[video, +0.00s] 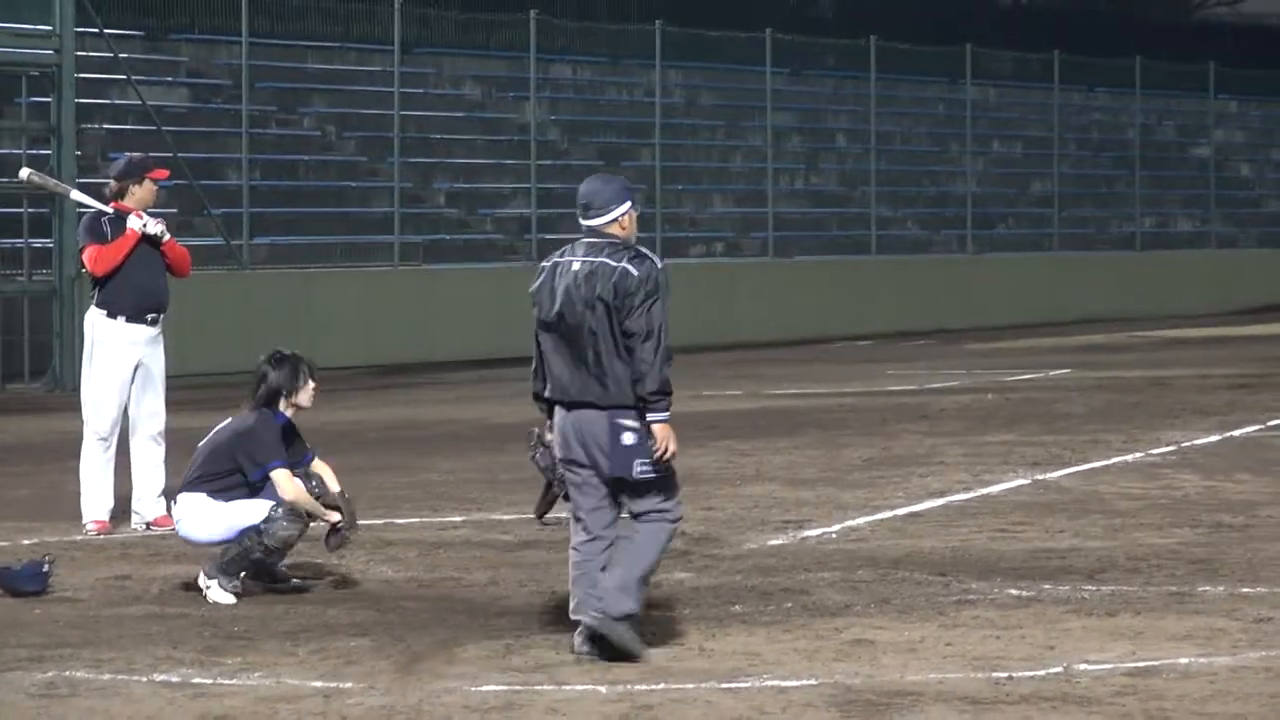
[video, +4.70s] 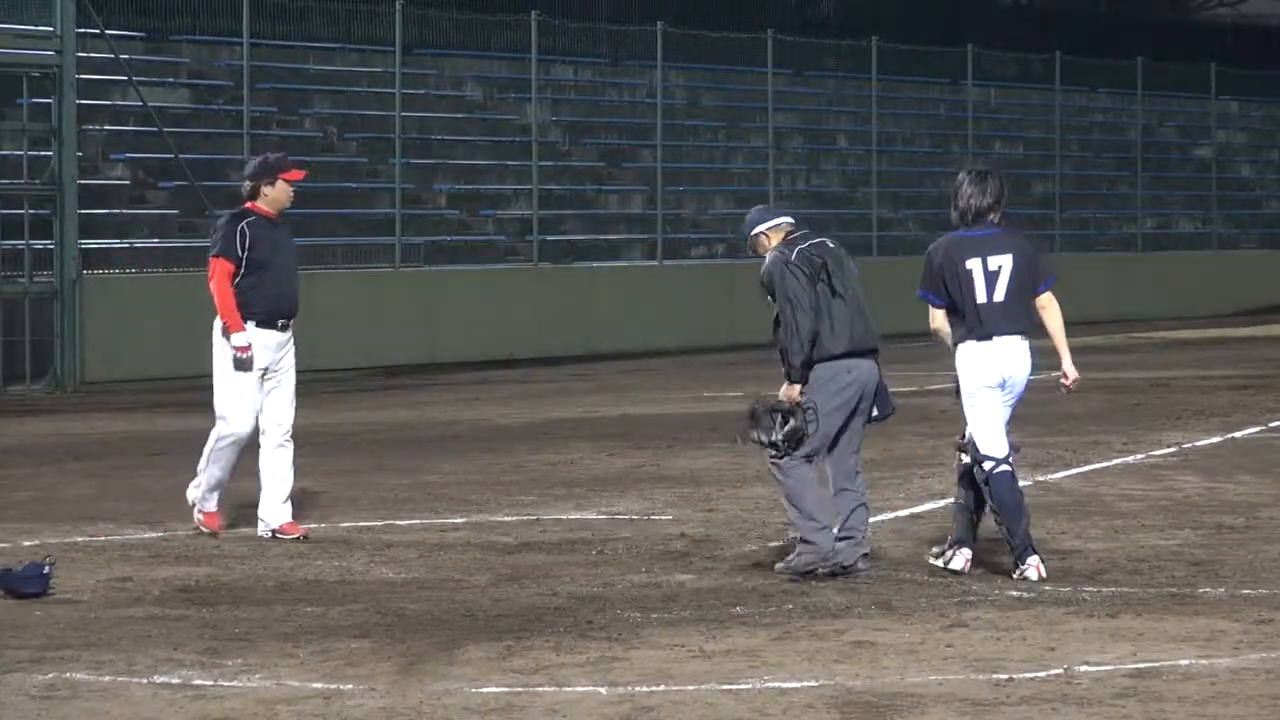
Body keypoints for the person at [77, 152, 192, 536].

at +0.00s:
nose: (156, 189)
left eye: (156, 184)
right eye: (152, 183)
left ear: (134, 187)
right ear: (131, 186)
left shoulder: (152, 226)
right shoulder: (98, 221)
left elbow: (183, 267)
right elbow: (97, 265)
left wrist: (164, 238)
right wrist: (133, 232)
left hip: (151, 333)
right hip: (111, 332)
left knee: (150, 426)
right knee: (102, 427)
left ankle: (150, 510)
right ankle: (96, 516)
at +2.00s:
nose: (156, 191)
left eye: (157, 186)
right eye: (149, 185)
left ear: (153, 190)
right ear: (125, 186)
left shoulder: (158, 228)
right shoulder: (101, 222)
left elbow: (188, 271)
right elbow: (99, 266)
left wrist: (168, 242)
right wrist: (138, 235)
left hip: (156, 335)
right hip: (115, 333)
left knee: (154, 427)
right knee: (104, 428)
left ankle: (151, 512)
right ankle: (98, 516)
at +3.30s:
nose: (198, 191)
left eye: (198, 185)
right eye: (192, 185)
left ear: (180, 188)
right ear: (169, 187)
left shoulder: (188, 230)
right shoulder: (140, 220)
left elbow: (210, 283)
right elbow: (126, 269)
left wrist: (209, 265)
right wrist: (178, 253)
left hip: (178, 334)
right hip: (143, 328)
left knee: (168, 424)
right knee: (150, 418)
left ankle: (157, 509)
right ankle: (140, 511)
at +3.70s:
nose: (211, 188)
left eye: (210, 182)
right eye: (204, 183)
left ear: (191, 188)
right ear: (182, 187)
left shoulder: (205, 231)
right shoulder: (157, 225)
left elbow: (216, 276)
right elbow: (136, 277)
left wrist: (233, 311)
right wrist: (174, 311)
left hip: (197, 331)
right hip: (160, 330)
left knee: (180, 425)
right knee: (170, 424)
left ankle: (149, 509)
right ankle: (180, 514)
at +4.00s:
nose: (222, 188)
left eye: (221, 182)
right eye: (216, 182)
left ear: (203, 186)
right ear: (193, 186)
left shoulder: (215, 227)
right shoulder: (167, 225)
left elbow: (219, 276)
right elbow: (153, 281)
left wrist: (228, 316)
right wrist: (176, 325)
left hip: (215, 337)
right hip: (178, 336)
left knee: (221, 421)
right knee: (175, 427)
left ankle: (192, 502)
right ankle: (178, 514)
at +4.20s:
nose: (236, 191)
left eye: (236, 185)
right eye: (231, 185)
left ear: (217, 187)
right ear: (210, 186)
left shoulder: (221, 229)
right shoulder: (182, 227)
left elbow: (222, 283)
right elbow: (168, 286)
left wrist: (239, 325)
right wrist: (179, 343)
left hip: (230, 337)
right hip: (193, 338)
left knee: (241, 427)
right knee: (182, 431)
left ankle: (244, 513)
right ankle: (181, 516)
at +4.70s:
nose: (293, 191)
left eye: (293, 185)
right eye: (287, 184)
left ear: (274, 187)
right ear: (265, 186)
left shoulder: (279, 229)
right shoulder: (236, 224)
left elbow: (275, 279)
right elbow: (219, 278)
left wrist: (283, 326)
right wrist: (237, 334)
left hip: (281, 339)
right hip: (243, 337)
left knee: (278, 432)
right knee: (237, 424)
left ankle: (275, 518)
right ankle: (204, 496)